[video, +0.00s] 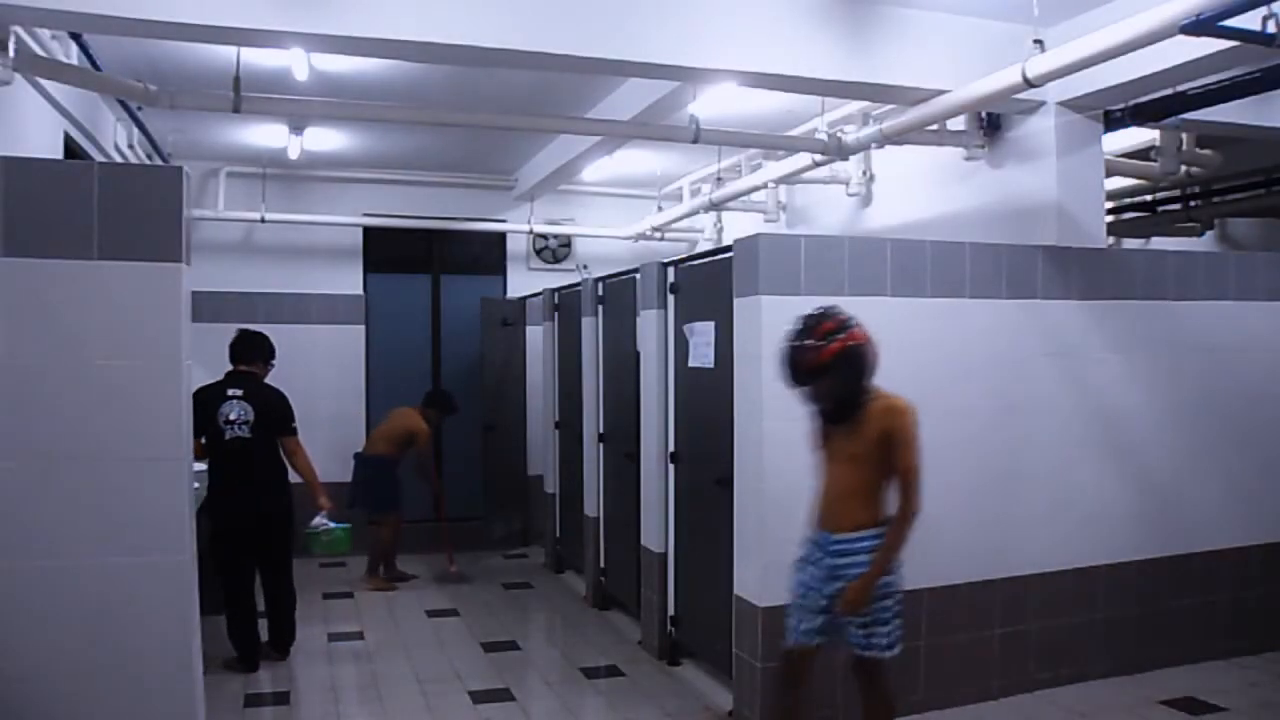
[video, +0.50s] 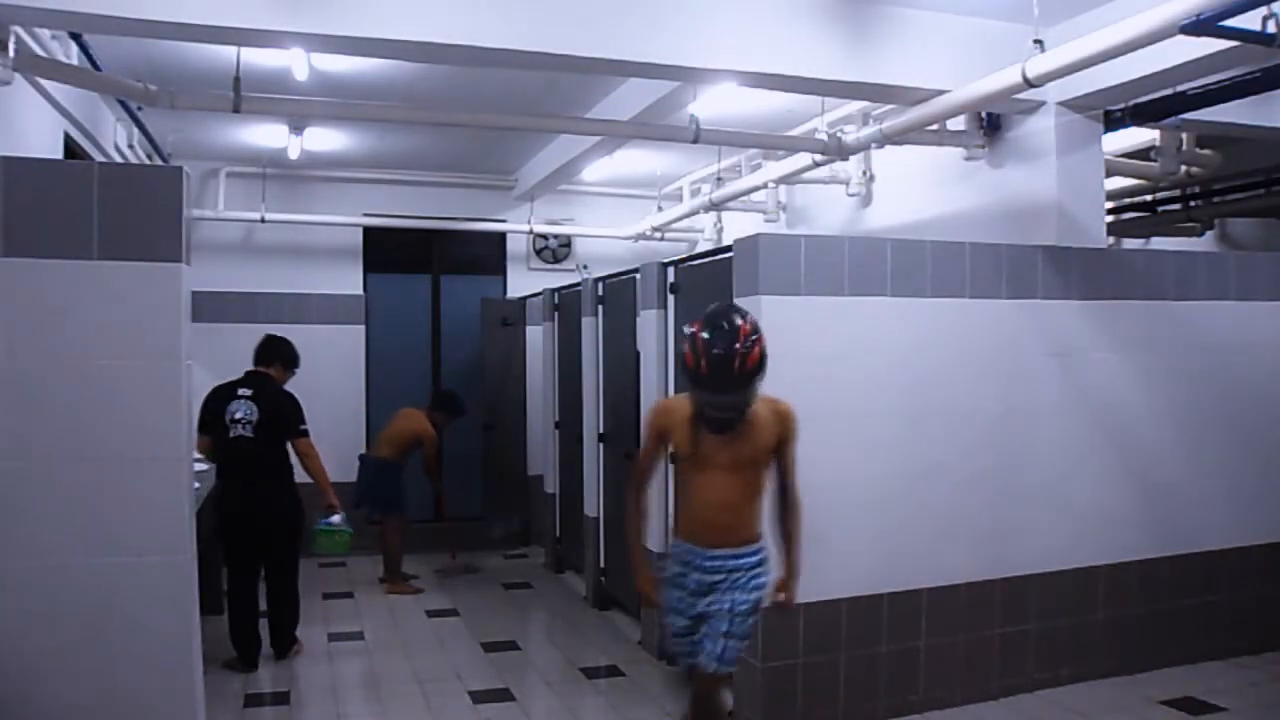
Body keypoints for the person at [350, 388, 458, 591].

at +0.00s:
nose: (439, 421)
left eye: (442, 416)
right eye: (440, 416)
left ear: (425, 404)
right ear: (434, 411)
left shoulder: (402, 413)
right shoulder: (421, 428)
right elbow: (424, 465)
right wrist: (434, 488)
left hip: (367, 461)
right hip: (380, 466)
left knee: (392, 518)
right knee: (385, 520)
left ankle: (390, 569)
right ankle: (372, 574)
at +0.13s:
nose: (441, 421)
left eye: (444, 417)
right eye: (442, 416)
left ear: (427, 405)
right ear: (435, 411)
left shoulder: (402, 413)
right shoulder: (424, 429)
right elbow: (427, 464)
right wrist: (436, 483)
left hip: (366, 462)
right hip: (382, 467)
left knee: (388, 518)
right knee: (391, 520)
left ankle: (388, 569)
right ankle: (385, 576)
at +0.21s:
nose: (442, 421)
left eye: (444, 417)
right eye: (442, 416)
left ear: (428, 405)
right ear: (436, 411)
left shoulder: (402, 413)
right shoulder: (425, 430)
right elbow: (430, 465)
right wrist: (437, 487)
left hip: (367, 463)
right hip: (383, 467)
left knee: (388, 519)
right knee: (391, 520)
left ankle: (390, 570)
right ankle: (390, 576)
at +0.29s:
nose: (444, 421)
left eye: (446, 417)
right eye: (445, 416)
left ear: (430, 405)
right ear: (439, 413)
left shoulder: (406, 413)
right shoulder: (426, 431)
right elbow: (429, 466)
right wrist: (437, 486)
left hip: (368, 462)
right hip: (384, 467)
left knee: (387, 520)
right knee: (392, 521)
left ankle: (390, 571)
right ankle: (394, 578)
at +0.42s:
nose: (446, 423)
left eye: (448, 418)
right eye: (446, 418)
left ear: (432, 408)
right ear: (440, 414)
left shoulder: (407, 413)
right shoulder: (427, 432)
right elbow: (430, 466)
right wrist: (437, 487)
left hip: (371, 463)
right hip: (386, 468)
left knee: (387, 521)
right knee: (392, 523)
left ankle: (390, 572)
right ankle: (394, 579)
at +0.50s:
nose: (446, 424)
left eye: (449, 419)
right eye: (447, 418)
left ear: (433, 407)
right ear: (440, 414)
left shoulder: (407, 413)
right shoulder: (427, 432)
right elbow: (430, 467)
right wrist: (437, 487)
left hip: (371, 465)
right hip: (386, 470)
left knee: (388, 522)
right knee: (395, 524)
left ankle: (390, 572)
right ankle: (394, 580)